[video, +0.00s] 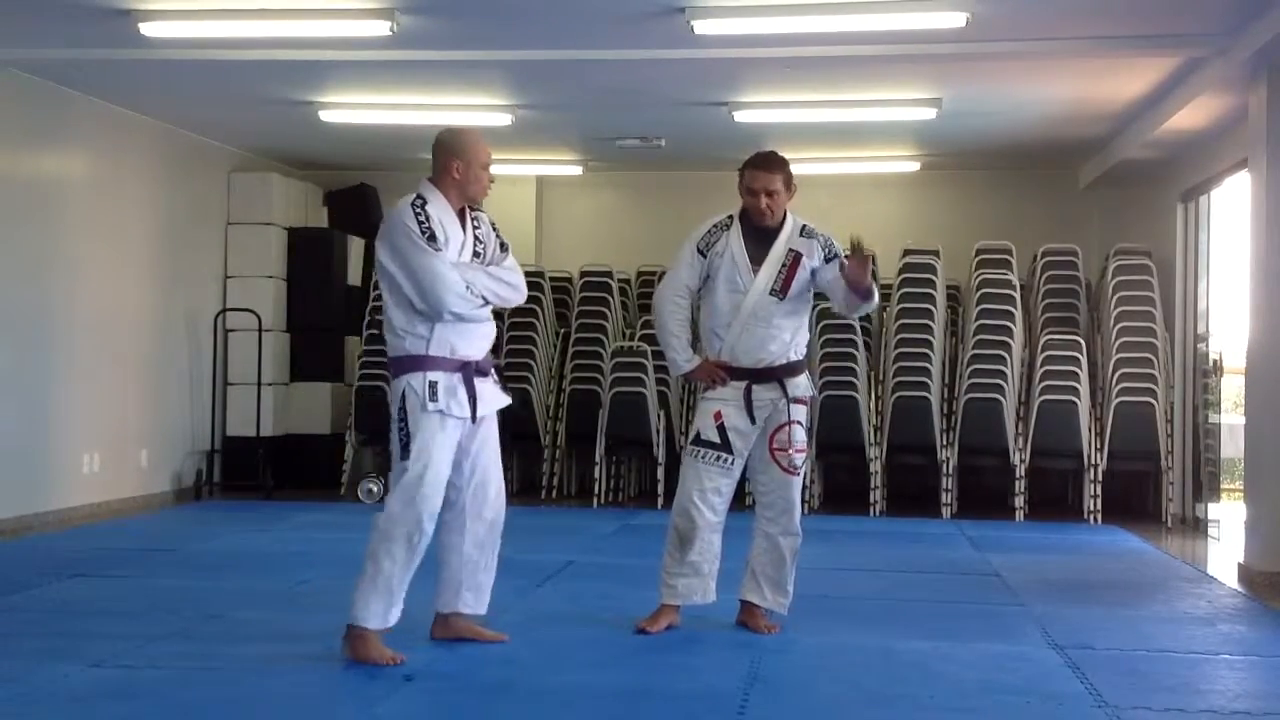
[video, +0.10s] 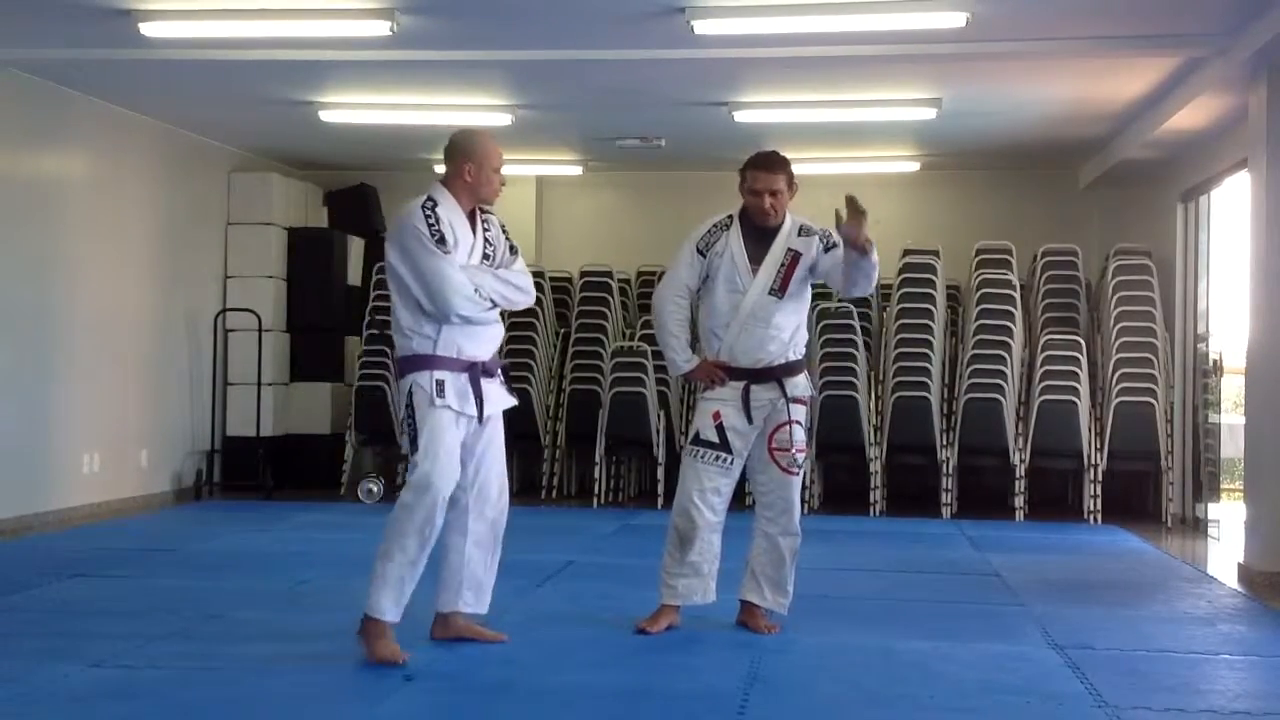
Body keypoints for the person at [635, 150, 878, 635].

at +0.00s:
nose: (763, 203)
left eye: (773, 194)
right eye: (754, 193)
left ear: (790, 194)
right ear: (740, 191)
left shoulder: (814, 244)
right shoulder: (713, 237)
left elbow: (851, 304)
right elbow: (669, 298)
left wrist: (860, 287)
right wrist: (687, 360)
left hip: (787, 390)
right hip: (722, 386)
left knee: (780, 506)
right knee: (695, 501)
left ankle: (757, 604)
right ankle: (672, 602)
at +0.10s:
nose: (767, 202)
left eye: (777, 193)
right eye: (757, 192)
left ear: (792, 194)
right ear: (741, 190)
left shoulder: (810, 240)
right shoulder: (713, 236)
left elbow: (854, 287)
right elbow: (669, 297)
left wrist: (859, 250)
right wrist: (687, 361)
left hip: (785, 389)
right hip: (721, 386)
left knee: (780, 505)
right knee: (695, 501)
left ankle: (757, 604)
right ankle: (672, 602)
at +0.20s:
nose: (765, 203)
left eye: (775, 194)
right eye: (756, 193)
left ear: (790, 195)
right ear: (740, 191)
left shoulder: (806, 238)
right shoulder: (711, 236)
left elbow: (860, 262)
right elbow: (668, 298)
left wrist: (847, 213)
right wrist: (686, 361)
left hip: (784, 388)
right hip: (720, 386)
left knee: (779, 506)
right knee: (694, 502)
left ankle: (757, 604)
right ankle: (672, 603)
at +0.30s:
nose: (762, 209)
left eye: (772, 202)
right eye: (755, 199)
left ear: (789, 201)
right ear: (741, 189)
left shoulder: (806, 239)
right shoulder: (710, 236)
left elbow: (860, 244)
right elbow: (668, 298)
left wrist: (828, 187)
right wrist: (686, 360)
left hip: (784, 389)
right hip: (719, 386)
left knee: (779, 507)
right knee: (693, 503)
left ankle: (756, 605)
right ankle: (671, 603)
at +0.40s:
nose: (755, 210)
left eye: (767, 203)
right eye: (749, 199)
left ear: (786, 201)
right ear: (738, 191)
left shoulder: (803, 236)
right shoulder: (708, 237)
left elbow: (854, 231)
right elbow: (668, 300)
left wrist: (812, 183)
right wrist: (685, 361)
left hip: (783, 387)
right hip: (720, 385)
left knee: (779, 505)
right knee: (693, 500)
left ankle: (755, 605)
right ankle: (670, 605)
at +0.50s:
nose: (750, 208)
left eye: (762, 201)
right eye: (744, 197)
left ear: (783, 200)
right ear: (735, 190)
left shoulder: (801, 236)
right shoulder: (708, 236)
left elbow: (850, 230)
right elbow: (668, 299)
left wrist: (805, 184)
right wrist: (686, 362)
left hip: (783, 387)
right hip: (720, 385)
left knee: (779, 505)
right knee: (693, 500)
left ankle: (755, 604)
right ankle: (671, 604)